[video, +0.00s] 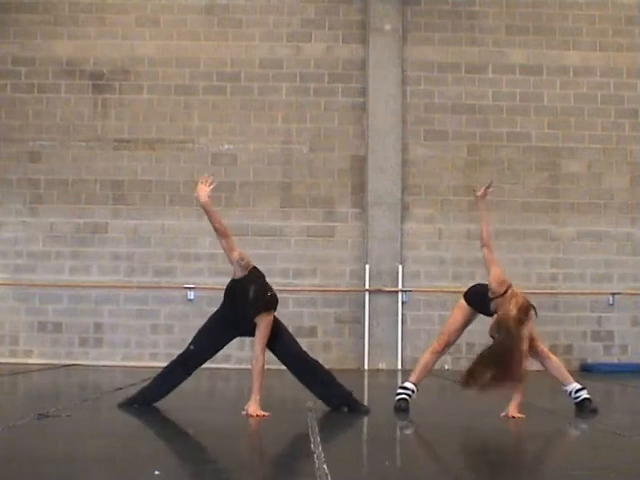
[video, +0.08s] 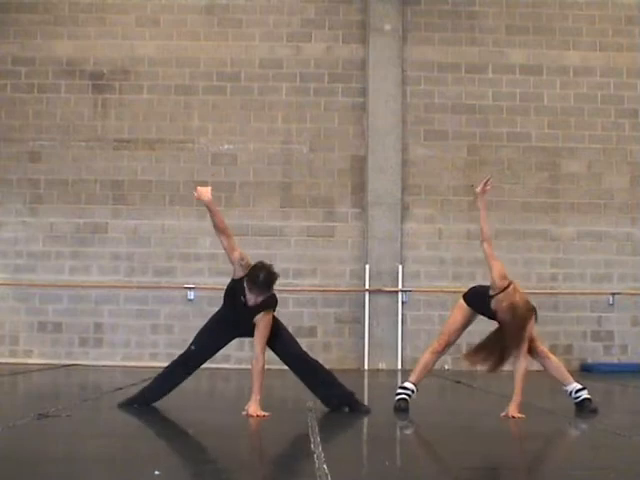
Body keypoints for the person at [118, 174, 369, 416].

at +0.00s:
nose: (253, 310)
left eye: (256, 308)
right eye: (247, 303)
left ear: (264, 306)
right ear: (243, 281)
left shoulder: (266, 312)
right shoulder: (242, 269)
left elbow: (259, 357)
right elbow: (223, 234)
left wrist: (255, 400)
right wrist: (205, 203)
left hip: (261, 328)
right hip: (228, 319)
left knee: (300, 361)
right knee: (191, 357)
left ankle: (342, 400)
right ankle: (145, 397)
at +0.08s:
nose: (252, 301)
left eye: (258, 299)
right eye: (249, 295)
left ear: (268, 296)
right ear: (245, 280)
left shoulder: (266, 313)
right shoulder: (241, 267)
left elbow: (258, 357)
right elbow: (224, 235)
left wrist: (255, 401)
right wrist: (210, 204)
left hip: (260, 326)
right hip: (227, 322)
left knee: (301, 361)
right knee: (190, 358)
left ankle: (344, 400)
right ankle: (145, 396)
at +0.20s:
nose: (266, 276)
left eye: (273, 275)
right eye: (264, 269)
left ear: (277, 281)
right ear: (256, 265)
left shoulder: (265, 308)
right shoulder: (242, 267)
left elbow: (258, 356)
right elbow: (225, 232)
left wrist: (255, 401)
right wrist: (219, 201)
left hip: (258, 327)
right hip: (226, 321)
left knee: (300, 362)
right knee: (189, 358)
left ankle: (343, 401)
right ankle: (144, 397)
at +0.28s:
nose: (269, 275)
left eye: (276, 273)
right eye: (267, 268)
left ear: (279, 279)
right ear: (257, 266)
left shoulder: (270, 306)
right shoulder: (240, 266)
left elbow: (261, 355)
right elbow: (213, 240)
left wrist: (255, 401)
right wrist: (230, 225)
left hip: (259, 328)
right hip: (226, 322)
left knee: (300, 361)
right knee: (189, 357)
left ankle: (343, 401)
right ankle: (143, 397)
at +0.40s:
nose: (271, 280)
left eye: (277, 278)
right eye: (268, 273)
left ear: (281, 283)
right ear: (258, 272)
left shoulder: (276, 311)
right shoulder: (239, 282)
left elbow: (265, 358)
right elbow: (195, 296)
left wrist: (255, 401)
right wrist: (220, 294)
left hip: (264, 330)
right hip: (230, 322)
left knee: (302, 361)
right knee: (192, 357)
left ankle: (344, 401)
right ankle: (143, 397)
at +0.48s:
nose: (268, 288)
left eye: (274, 284)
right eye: (265, 281)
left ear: (279, 288)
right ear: (254, 279)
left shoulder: (276, 311)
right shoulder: (234, 295)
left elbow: (266, 359)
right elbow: (208, 332)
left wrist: (256, 401)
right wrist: (212, 355)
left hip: (266, 331)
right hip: (229, 329)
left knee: (302, 361)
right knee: (188, 359)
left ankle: (344, 401)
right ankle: (142, 398)